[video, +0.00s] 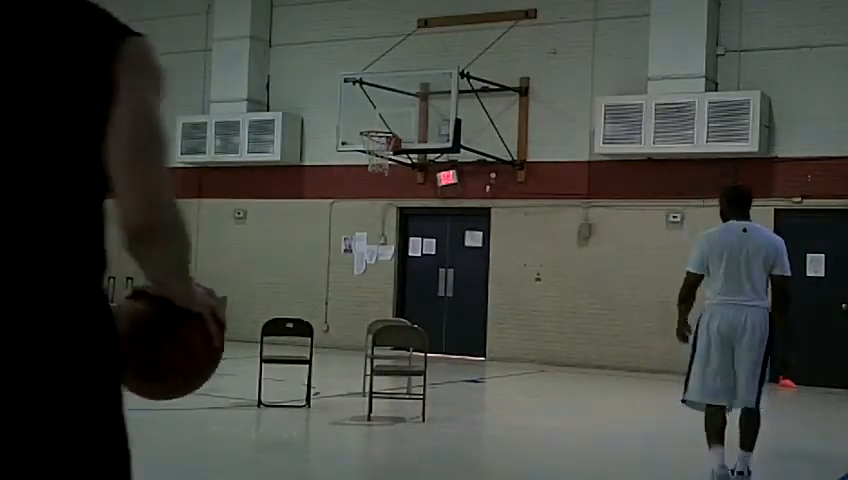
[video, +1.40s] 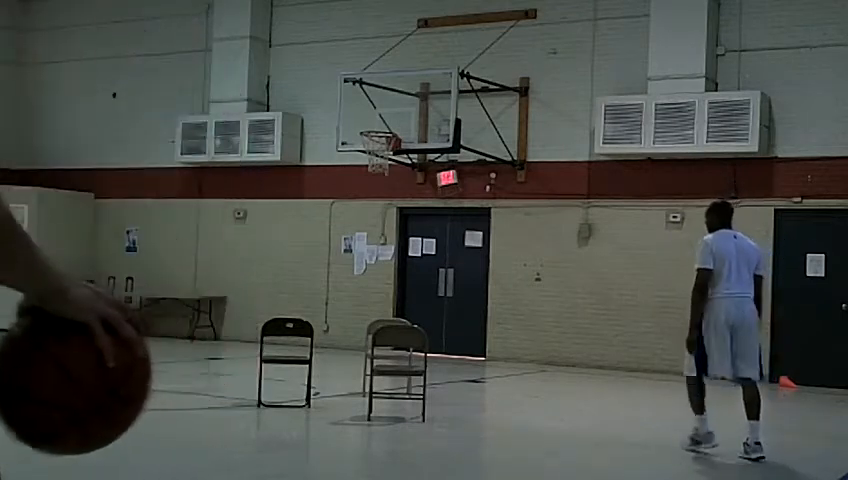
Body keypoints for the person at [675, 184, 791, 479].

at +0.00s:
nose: (719, 210)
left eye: (721, 206)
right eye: (721, 205)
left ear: (724, 208)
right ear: (749, 207)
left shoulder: (710, 240)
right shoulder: (772, 241)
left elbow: (689, 287)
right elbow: (781, 292)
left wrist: (681, 319)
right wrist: (781, 333)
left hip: (716, 319)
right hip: (756, 320)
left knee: (714, 396)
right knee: (751, 397)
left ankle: (717, 466)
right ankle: (743, 466)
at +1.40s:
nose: (706, 222)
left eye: (707, 218)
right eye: (707, 218)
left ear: (713, 219)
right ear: (730, 219)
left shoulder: (709, 242)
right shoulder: (752, 246)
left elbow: (701, 286)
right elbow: (758, 290)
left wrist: (693, 329)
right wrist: (755, 322)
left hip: (717, 309)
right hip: (747, 311)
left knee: (693, 370)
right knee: (748, 377)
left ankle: (702, 430)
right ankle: (754, 441)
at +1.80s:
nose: (658, 227)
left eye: (660, 222)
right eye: (658, 222)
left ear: (669, 223)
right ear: (681, 222)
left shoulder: (672, 247)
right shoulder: (704, 246)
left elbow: (665, 291)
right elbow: (709, 287)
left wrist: (656, 331)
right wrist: (703, 312)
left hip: (679, 313)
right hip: (703, 312)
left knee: (675, 372)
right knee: (701, 370)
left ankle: (678, 429)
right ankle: (729, 411)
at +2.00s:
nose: (639, 226)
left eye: (641, 221)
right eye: (639, 221)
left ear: (649, 222)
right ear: (661, 220)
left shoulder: (653, 245)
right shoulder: (680, 244)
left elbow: (641, 286)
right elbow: (687, 278)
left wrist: (618, 318)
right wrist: (683, 304)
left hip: (661, 305)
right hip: (681, 304)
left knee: (662, 368)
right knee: (665, 366)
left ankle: (677, 428)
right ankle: (670, 419)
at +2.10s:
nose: (628, 228)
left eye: (630, 223)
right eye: (628, 223)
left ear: (638, 224)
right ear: (648, 223)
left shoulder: (641, 248)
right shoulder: (668, 246)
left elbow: (626, 288)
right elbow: (675, 281)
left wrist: (603, 314)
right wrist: (671, 305)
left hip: (650, 305)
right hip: (669, 304)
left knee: (658, 367)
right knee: (646, 364)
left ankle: (677, 427)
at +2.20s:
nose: (616, 230)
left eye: (618, 226)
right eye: (616, 226)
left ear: (626, 226)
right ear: (636, 226)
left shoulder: (629, 248)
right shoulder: (656, 249)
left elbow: (614, 287)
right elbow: (662, 284)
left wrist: (591, 315)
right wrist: (657, 310)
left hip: (638, 307)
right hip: (656, 307)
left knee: (649, 367)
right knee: (626, 364)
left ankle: (675, 426)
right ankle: (609, 415)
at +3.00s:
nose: (515, 230)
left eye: (516, 226)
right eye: (515, 226)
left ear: (523, 225)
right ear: (533, 223)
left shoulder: (527, 246)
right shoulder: (549, 243)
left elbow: (523, 283)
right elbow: (547, 278)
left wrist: (516, 316)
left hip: (531, 307)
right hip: (549, 306)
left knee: (518, 355)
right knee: (541, 356)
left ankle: (520, 406)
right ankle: (571, 389)